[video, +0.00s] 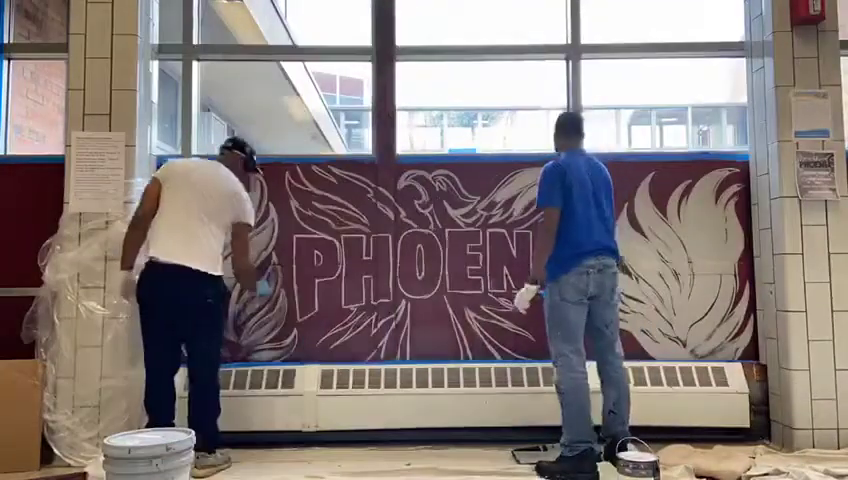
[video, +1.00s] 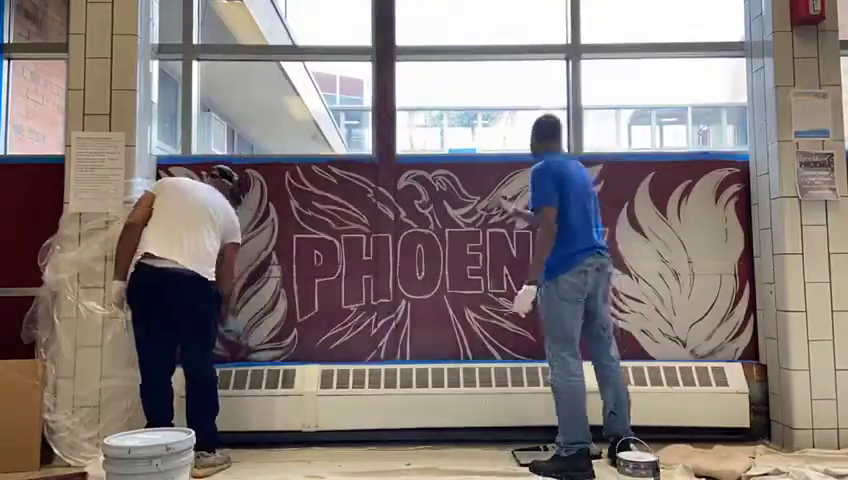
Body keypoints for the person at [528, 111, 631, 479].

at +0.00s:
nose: (558, 140)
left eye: (557, 134)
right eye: (566, 133)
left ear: (556, 136)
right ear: (582, 135)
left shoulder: (555, 169)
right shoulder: (601, 169)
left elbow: (550, 222)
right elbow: (608, 219)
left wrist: (538, 265)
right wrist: (594, 252)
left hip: (570, 269)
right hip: (607, 267)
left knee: (568, 359)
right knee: (610, 355)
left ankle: (578, 451)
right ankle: (617, 437)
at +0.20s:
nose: (567, 143)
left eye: (562, 138)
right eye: (575, 136)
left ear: (558, 141)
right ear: (585, 138)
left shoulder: (554, 176)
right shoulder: (612, 171)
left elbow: (544, 230)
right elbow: (629, 224)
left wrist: (540, 278)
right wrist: (621, 258)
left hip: (576, 272)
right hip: (618, 269)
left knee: (572, 359)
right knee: (618, 351)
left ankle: (579, 449)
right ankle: (631, 434)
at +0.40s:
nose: (562, 143)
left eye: (562, 138)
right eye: (571, 137)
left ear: (562, 137)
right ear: (588, 138)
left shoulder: (563, 168)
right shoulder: (605, 171)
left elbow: (562, 228)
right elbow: (608, 222)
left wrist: (544, 279)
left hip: (578, 273)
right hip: (615, 268)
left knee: (573, 361)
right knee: (615, 355)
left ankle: (579, 451)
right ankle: (622, 436)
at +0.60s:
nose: (538, 160)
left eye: (537, 154)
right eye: (541, 153)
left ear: (540, 151)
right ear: (564, 146)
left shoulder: (547, 171)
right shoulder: (594, 172)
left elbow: (554, 227)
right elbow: (608, 221)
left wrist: (538, 282)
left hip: (577, 269)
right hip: (615, 264)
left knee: (565, 357)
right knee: (616, 350)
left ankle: (578, 451)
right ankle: (625, 434)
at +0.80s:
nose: (573, 144)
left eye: (570, 139)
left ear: (571, 139)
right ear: (598, 141)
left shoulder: (561, 168)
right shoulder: (613, 175)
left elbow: (551, 224)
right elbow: (617, 227)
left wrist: (534, 274)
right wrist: (604, 258)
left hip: (573, 270)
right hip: (610, 268)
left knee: (569, 358)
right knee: (613, 352)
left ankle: (574, 450)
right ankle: (621, 436)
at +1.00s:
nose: (531, 149)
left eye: (531, 143)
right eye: (538, 142)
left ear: (533, 142)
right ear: (560, 140)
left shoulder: (543, 170)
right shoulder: (577, 167)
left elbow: (548, 228)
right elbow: (576, 218)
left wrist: (531, 282)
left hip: (566, 271)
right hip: (598, 265)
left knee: (563, 358)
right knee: (604, 349)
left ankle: (573, 451)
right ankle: (620, 434)